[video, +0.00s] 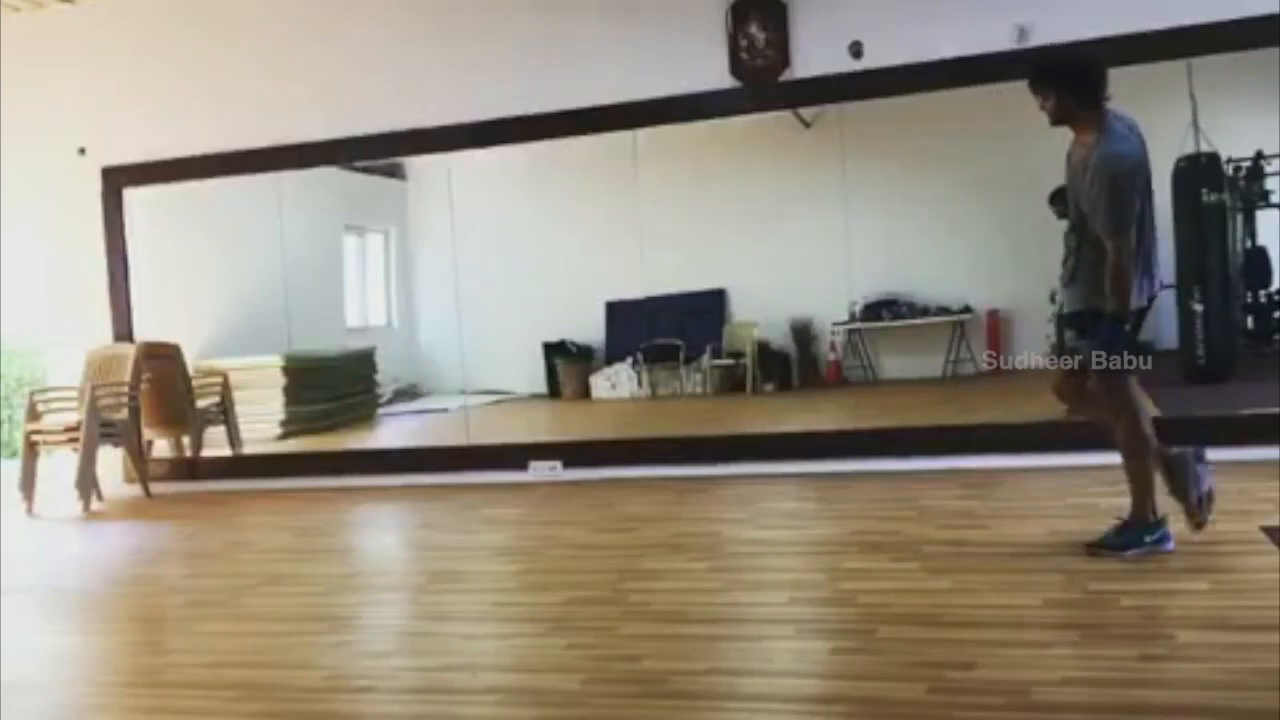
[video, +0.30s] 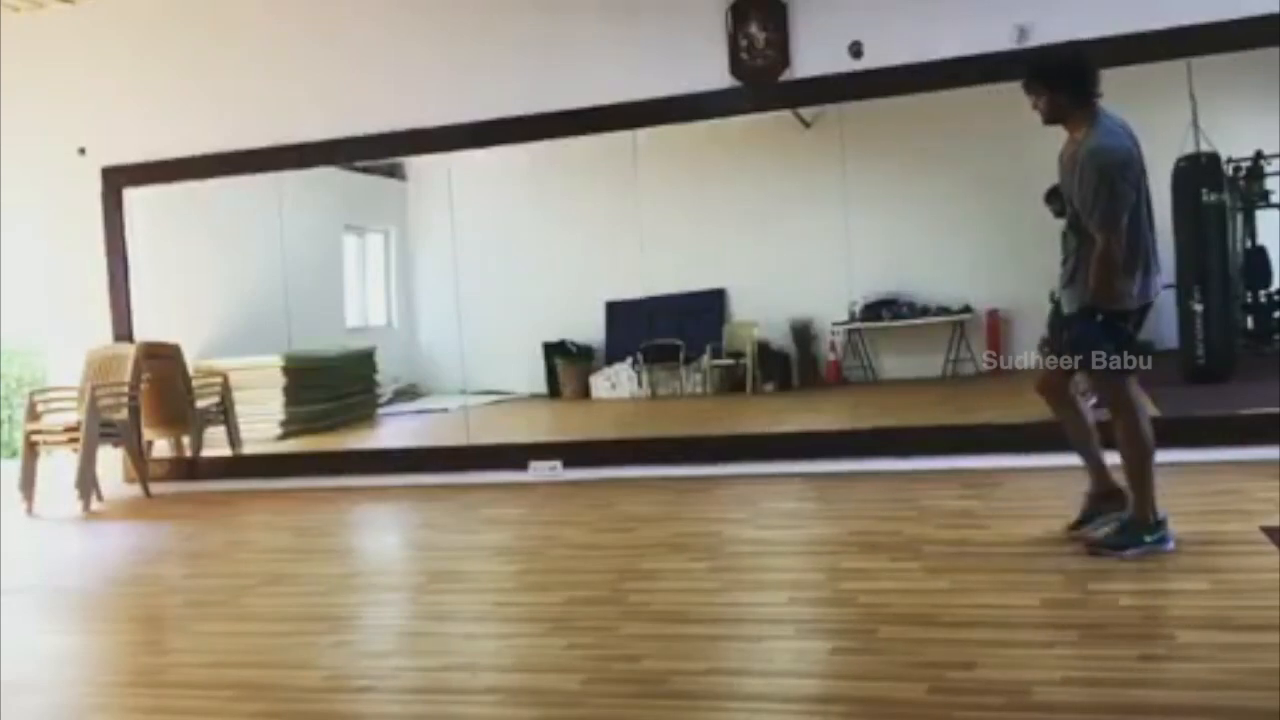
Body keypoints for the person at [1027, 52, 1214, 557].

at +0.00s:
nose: (1040, 106)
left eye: (1043, 97)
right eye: (1038, 97)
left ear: (1066, 96)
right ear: (1080, 92)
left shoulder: (1111, 158)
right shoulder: (1095, 132)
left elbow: (1120, 247)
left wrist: (1118, 319)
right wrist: (1076, 201)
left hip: (1110, 300)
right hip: (1083, 292)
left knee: (1122, 400)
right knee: (1071, 387)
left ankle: (1145, 518)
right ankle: (1177, 463)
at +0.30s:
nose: (1032, 105)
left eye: (1036, 94)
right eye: (1031, 95)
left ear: (1061, 92)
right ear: (1068, 91)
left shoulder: (1105, 149)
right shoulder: (1081, 139)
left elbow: (1112, 238)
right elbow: (1096, 213)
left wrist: (1098, 306)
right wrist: (1068, 206)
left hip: (1115, 298)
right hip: (1083, 292)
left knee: (1118, 394)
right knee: (1052, 384)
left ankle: (1146, 518)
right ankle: (1103, 488)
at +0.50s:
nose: (1017, 109)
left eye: (1019, 98)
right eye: (1015, 99)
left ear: (1041, 95)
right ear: (1057, 91)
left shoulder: (1073, 147)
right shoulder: (1093, 134)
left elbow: (1082, 229)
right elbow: (1105, 220)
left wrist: (1068, 293)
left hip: (1101, 298)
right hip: (1107, 292)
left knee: (1114, 401)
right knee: (1054, 394)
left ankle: (1145, 519)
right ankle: (1024, 504)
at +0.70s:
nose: (991, 109)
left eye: (995, 98)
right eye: (989, 100)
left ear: (1023, 95)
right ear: (1014, 102)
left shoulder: (1058, 139)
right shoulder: (1028, 145)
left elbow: (1056, 124)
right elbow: (1088, 136)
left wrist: (1047, 71)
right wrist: (1103, 109)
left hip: (1082, 297)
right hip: (1047, 299)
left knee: (1099, 402)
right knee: (1031, 402)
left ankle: (1143, 519)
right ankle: (1003, 514)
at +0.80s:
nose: (983, 107)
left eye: (988, 96)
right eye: (982, 98)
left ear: (1013, 92)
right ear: (1012, 98)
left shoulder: (1038, 130)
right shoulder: (1048, 131)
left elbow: (1042, 65)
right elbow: (1076, 96)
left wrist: (1029, 9)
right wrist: (1083, 55)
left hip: (1059, 290)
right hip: (1040, 290)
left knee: (1093, 403)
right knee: (1022, 402)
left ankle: (1140, 518)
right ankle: (1000, 514)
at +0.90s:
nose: (976, 104)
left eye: (980, 93)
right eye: (974, 95)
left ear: (1004, 87)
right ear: (1002, 89)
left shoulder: (1023, 120)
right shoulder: (1020, 124)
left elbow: (1007, 38)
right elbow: (1017, 40)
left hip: (1031, 282)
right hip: (1021, 282)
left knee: (1059, 403)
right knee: (1012, 403)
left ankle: (1131, 509)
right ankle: (998, 514)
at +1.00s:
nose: (973, 107)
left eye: (976, 94)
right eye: (970, 98)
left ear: (1000, 86)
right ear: (1000, 87)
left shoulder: (1020, 122)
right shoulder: (1011, 130)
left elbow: (986, 36)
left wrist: (967, 0)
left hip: (1024, 277)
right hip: (1018, 277)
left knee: (1020, 399)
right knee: (1015, 400)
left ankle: (1121, 503)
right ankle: (999, 515)